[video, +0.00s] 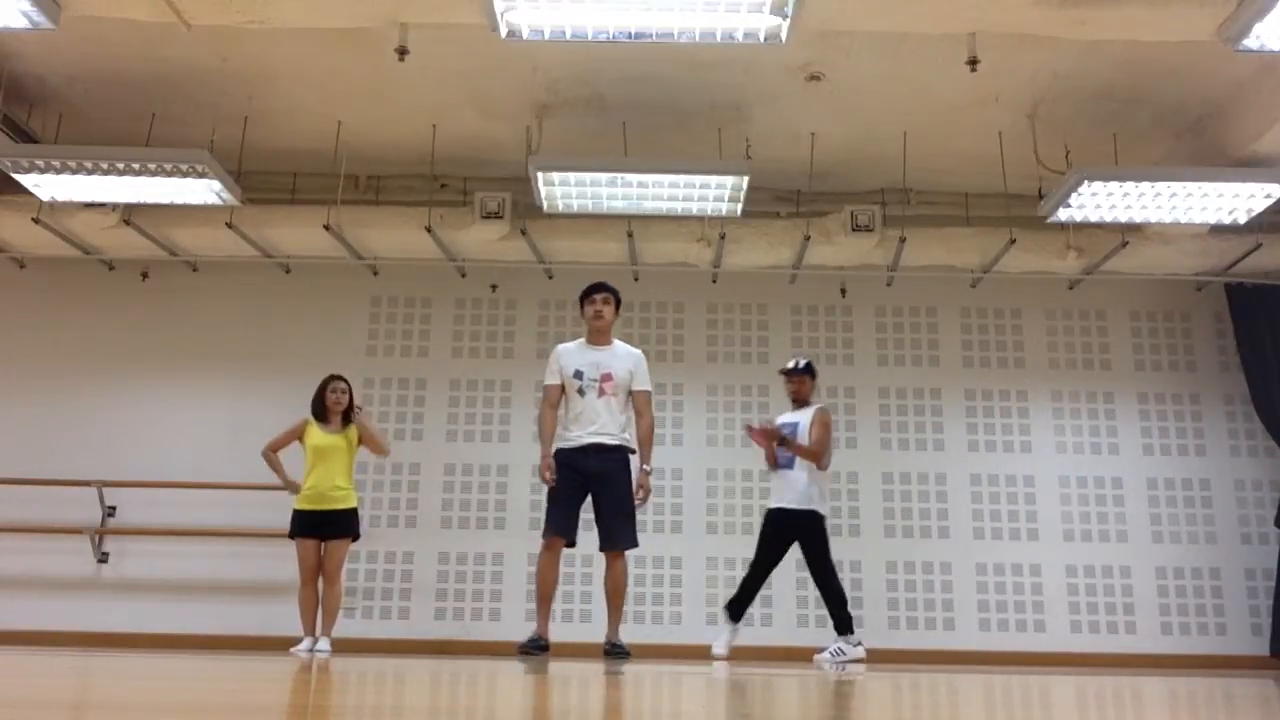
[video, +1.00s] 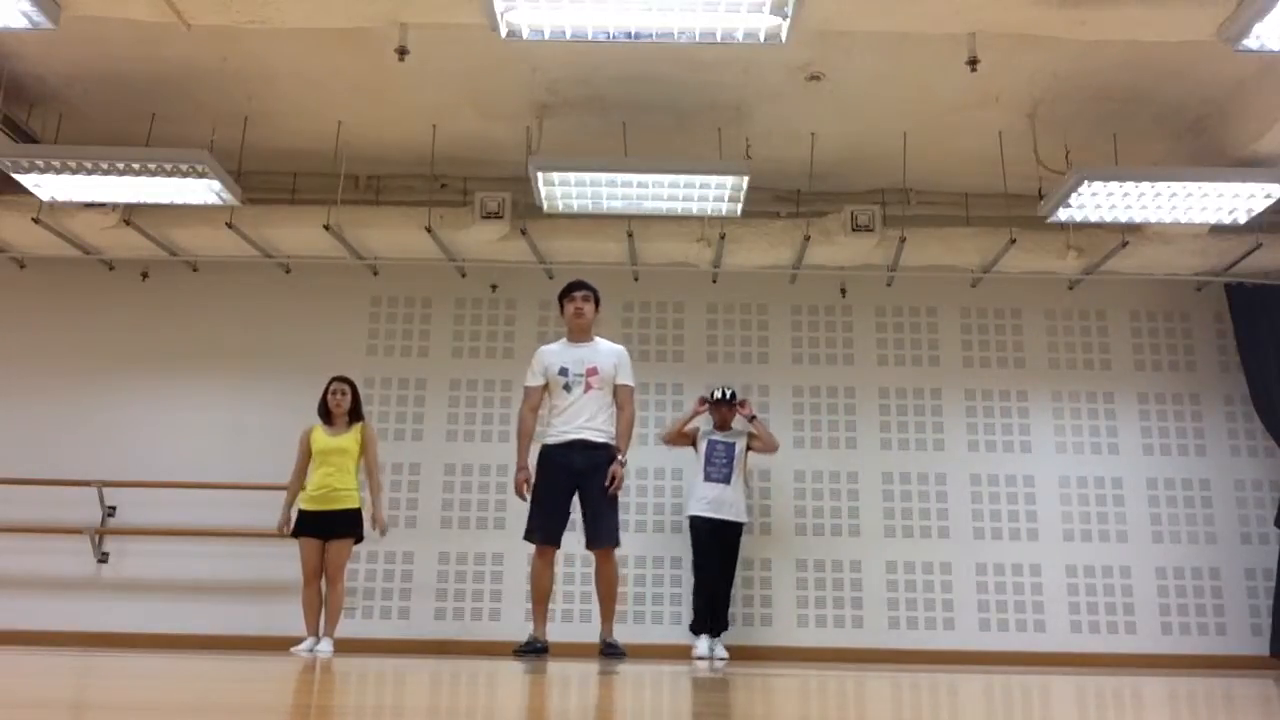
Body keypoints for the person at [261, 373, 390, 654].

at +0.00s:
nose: (338, 396)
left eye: (343, 392)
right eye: (333, 391)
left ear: (349, 398)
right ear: (322, 396)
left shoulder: (354, 428)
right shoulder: (308, 426)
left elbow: (382, 450)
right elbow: (268, 451)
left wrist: (362, 421)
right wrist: (286, 481)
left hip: (341, 506)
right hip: (308, 505)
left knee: (331, 576)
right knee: (308, 576)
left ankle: (325, 637)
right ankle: (308, 636)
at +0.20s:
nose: (337, 396)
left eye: (342, 392)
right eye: (332, 392)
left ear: (350, 397)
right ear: (323, 396)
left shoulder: (359, 429)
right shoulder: (308, 429)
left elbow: (364, 471)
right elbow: (287, 466)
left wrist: (348, 454)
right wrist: (282, 498)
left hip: (340, 505)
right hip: (307, 505)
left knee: (330, 573)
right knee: (308, 573)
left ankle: (327, 637)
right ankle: (309, 636)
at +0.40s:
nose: (336, 396)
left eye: (342, 391)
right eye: (332, 391)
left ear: (350, 397)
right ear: (323, 396)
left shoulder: (360, 428)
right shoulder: (308, 431)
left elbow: (370, 466)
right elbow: (297, 471)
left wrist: (338, 474)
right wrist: (299, 503)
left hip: (341, 509)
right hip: (309, 509)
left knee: (334, 574)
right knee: (308, 575)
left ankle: (328, 637)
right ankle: (309, 636)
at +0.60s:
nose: (336, 396)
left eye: (341, 392)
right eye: (331, 392)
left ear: (350, 397)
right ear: (323, 397)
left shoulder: (360, 429)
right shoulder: (309, 431)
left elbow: (356, 468)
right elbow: (296, 471)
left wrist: (344, 504)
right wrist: (299, 507)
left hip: (340, 508)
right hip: (310, 509)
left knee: (334, 576)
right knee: (309, 576)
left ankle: (328, 637)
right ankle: (309, 636)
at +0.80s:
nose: (337, 396)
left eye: (342, 392)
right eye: (332, 392)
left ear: (351, 398)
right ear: (324, 397)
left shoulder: (362, 430)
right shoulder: (310, 433)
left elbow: (374, 470)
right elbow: (301, 475)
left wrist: (365, 503)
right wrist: (290, 509)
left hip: (343, 508)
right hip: (309, 508)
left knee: (335, 577)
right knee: (310, 577)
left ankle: (328, 637)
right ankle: (310, 636)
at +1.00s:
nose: (337, 397)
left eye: (343, 393)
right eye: (333, 393)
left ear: (353, 399)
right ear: (325, 398)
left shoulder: (363, 431)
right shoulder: (311, 433)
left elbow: (373, 473)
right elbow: (298, 475)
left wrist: (377, 510)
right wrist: (286, 509)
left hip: (344, 509)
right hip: (310, 508)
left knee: (334, 576)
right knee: (310, 577)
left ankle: (328, 637)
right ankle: (311, 636)